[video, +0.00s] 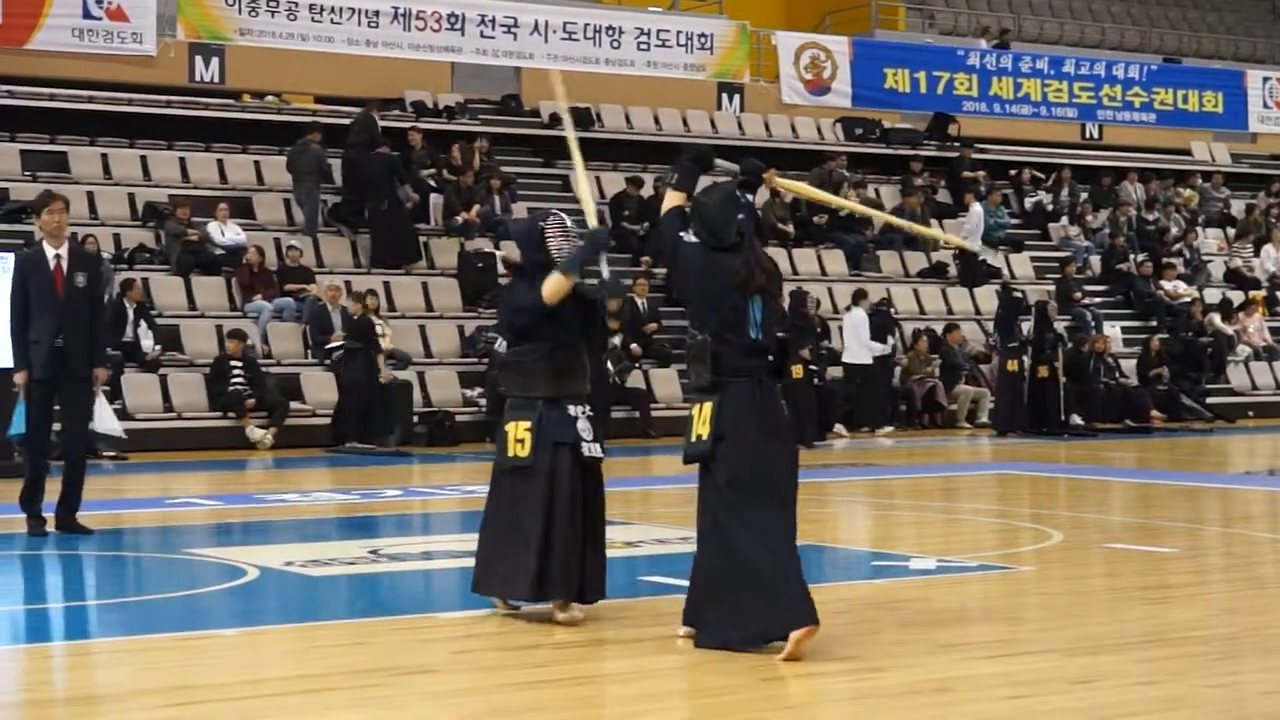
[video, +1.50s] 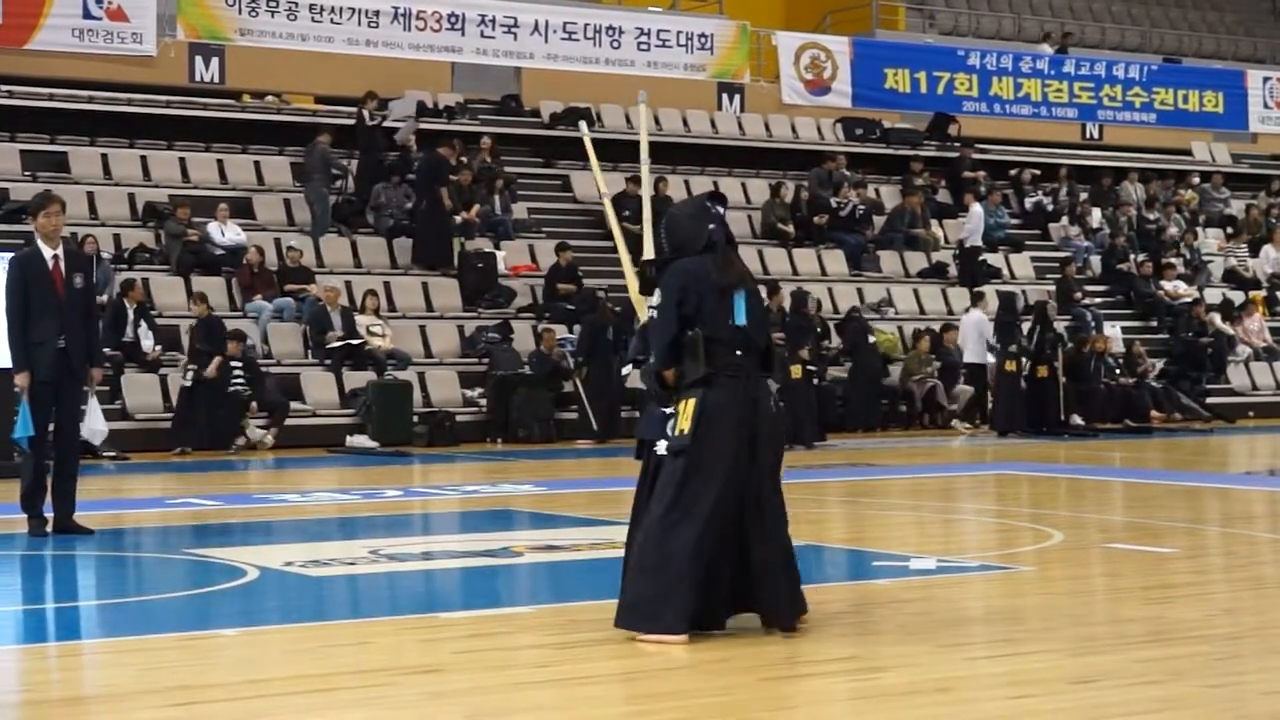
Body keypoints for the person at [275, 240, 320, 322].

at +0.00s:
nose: (293, 254)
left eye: (296, 251)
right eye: (290, 251)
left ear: (301, 253)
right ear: (287, 253)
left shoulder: (307, 270)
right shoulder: (281, 270)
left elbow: (313, 287)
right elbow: (284, 287)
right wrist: (304, 286)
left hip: (304, 294)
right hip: (289, 295)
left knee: (311, 299)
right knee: (312, 307)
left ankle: (304, 326)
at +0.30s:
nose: (294, 253)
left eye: (297, 250)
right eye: (291, 250)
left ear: (301, 253)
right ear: (288, 253)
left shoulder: (308, 270)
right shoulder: (282, 269)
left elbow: (314, 285)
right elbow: (284, 287)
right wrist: (305, 286)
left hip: (305, 293)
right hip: (290, 295)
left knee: (311, 298)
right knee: (311, 307)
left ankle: (305, 325)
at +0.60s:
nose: (294, 253)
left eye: (297, 249)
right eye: (292, 250)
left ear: (302, 252)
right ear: (288, 253)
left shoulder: (308, 269)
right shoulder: (283, 269)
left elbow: (314, 285)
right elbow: (285, 286)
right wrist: (305, 285)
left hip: (306, 292)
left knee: (312, 298)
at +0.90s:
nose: (294, 253)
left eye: (297, 250)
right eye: (292, 250)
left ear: (302, 253)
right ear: (288, 252)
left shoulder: (309, 269)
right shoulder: (283, 268)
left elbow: (314, 285)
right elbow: (285, 286)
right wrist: (306, 285)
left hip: (306, 292)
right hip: (291, 294)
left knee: (313, 298)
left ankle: (306, 324)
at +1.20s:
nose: (293, 254)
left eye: (296, 251)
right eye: (290, 251)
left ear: (301, 254)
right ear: (287, 254)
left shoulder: (308, 270)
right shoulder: (282, 269)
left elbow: (313, 286)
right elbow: (284, 287)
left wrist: (313, 291)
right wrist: (305, 286)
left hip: (305, 293)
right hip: (290, 295)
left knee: (312, 299)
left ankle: (305, 325)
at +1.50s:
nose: (292, 254)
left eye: (295, 251)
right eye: (290, 251)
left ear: (300, 254)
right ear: (287, 254)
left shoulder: (307, 270)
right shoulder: (282, 270)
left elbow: (313, 286)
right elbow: (284, 287)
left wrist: (312, 292)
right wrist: (305, 287)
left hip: (305, 293)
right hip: (290, 295)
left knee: (311, 299)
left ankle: (305, 325)